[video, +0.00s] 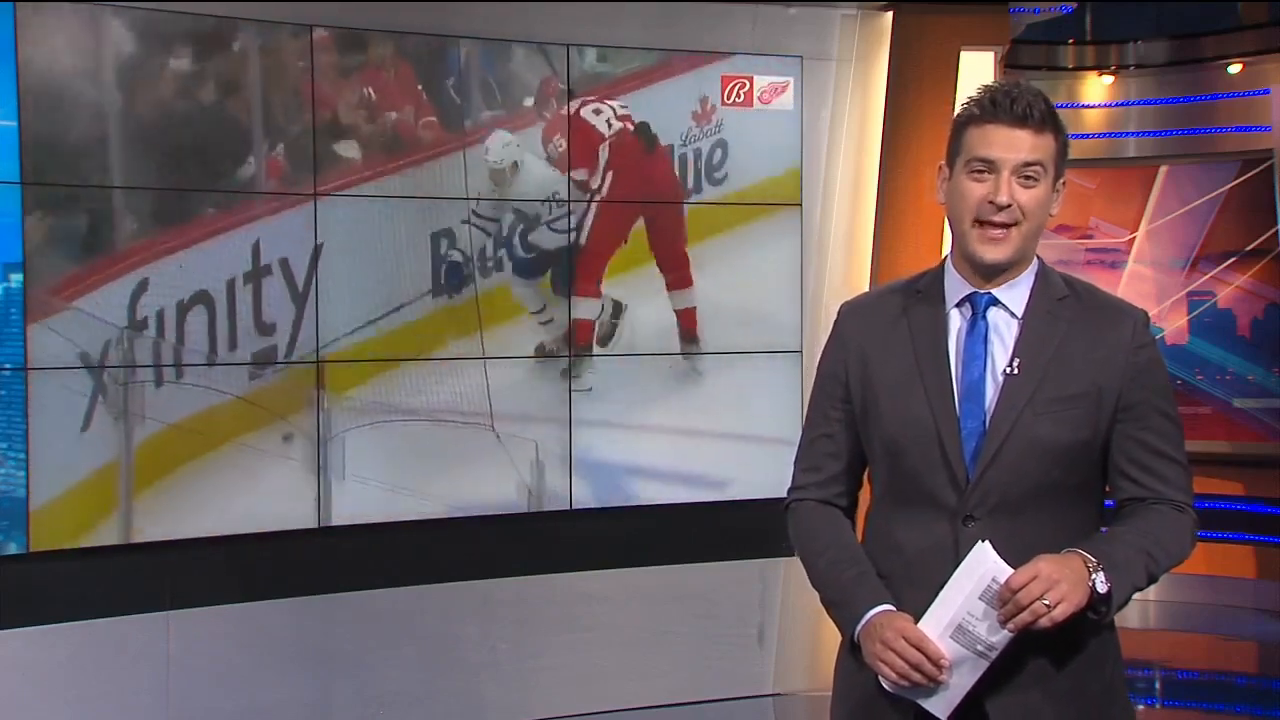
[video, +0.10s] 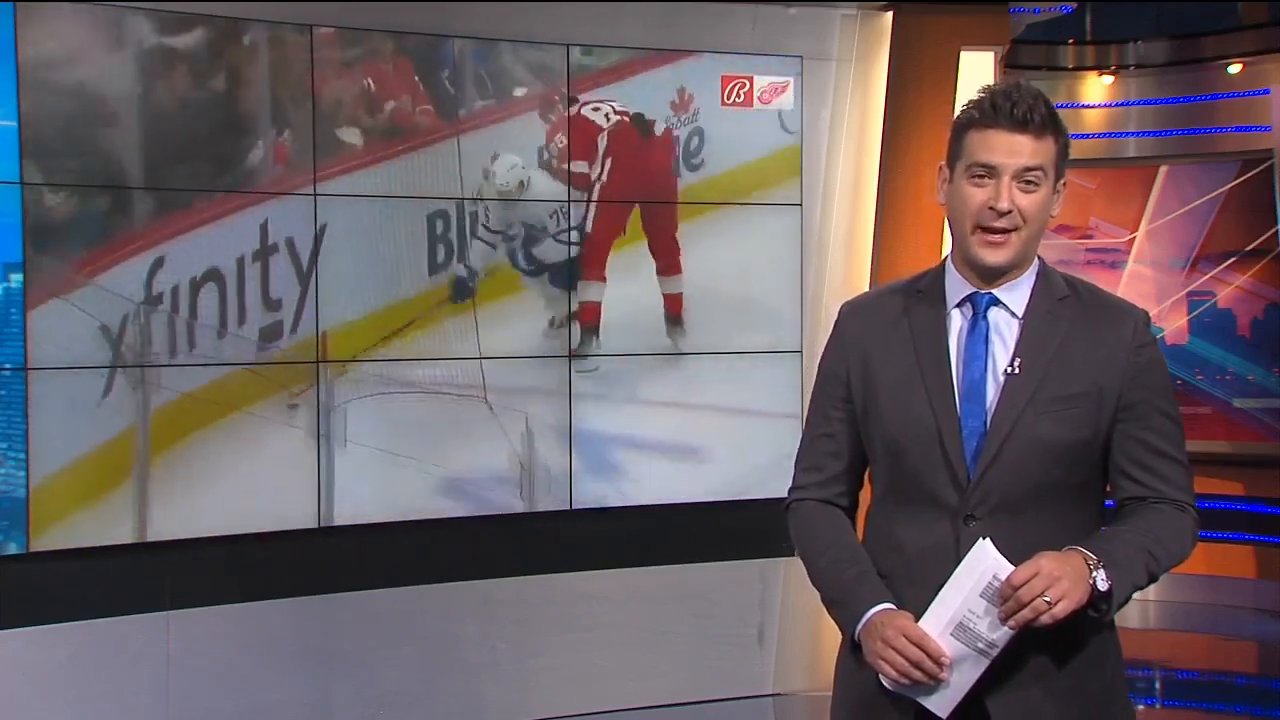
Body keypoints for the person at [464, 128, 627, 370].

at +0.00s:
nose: (494, 177)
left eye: (499, 171)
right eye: (491, 170)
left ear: (515, 165)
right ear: (488, 165)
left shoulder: (543, 180)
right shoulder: (498, 179)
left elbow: (563, 228)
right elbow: (482, 220)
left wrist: (527, 244)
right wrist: (463, 256)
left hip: (576, 231)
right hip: (541, 235)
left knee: (564, 288)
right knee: (522, 285)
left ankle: (609, 310)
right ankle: (557, 335)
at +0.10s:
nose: (505, 198)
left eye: (510, 192)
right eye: (500, 192)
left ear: (523, 183)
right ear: (494, 184)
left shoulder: (547, 194)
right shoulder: (492, 195)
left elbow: (568, 241)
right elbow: (486, 238)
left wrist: (534, 257)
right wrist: (469, 273)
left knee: (559, 284)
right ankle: (560, 313)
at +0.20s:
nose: (514, 212)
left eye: (518, 207)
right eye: (510, 207)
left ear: (530, 199)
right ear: (505, 199)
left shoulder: (549, 204)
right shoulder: (504, 207)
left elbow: (573, 243)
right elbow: (496, 249)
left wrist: (541, 264)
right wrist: (482, 287)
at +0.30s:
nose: (525, 241)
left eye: (529, 236)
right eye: (521, 236)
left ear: (541, 229)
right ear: (515, 231)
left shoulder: (559, 234)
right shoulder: (511, 241)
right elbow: (501, 273)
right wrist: (482, 298)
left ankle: (590, 326)